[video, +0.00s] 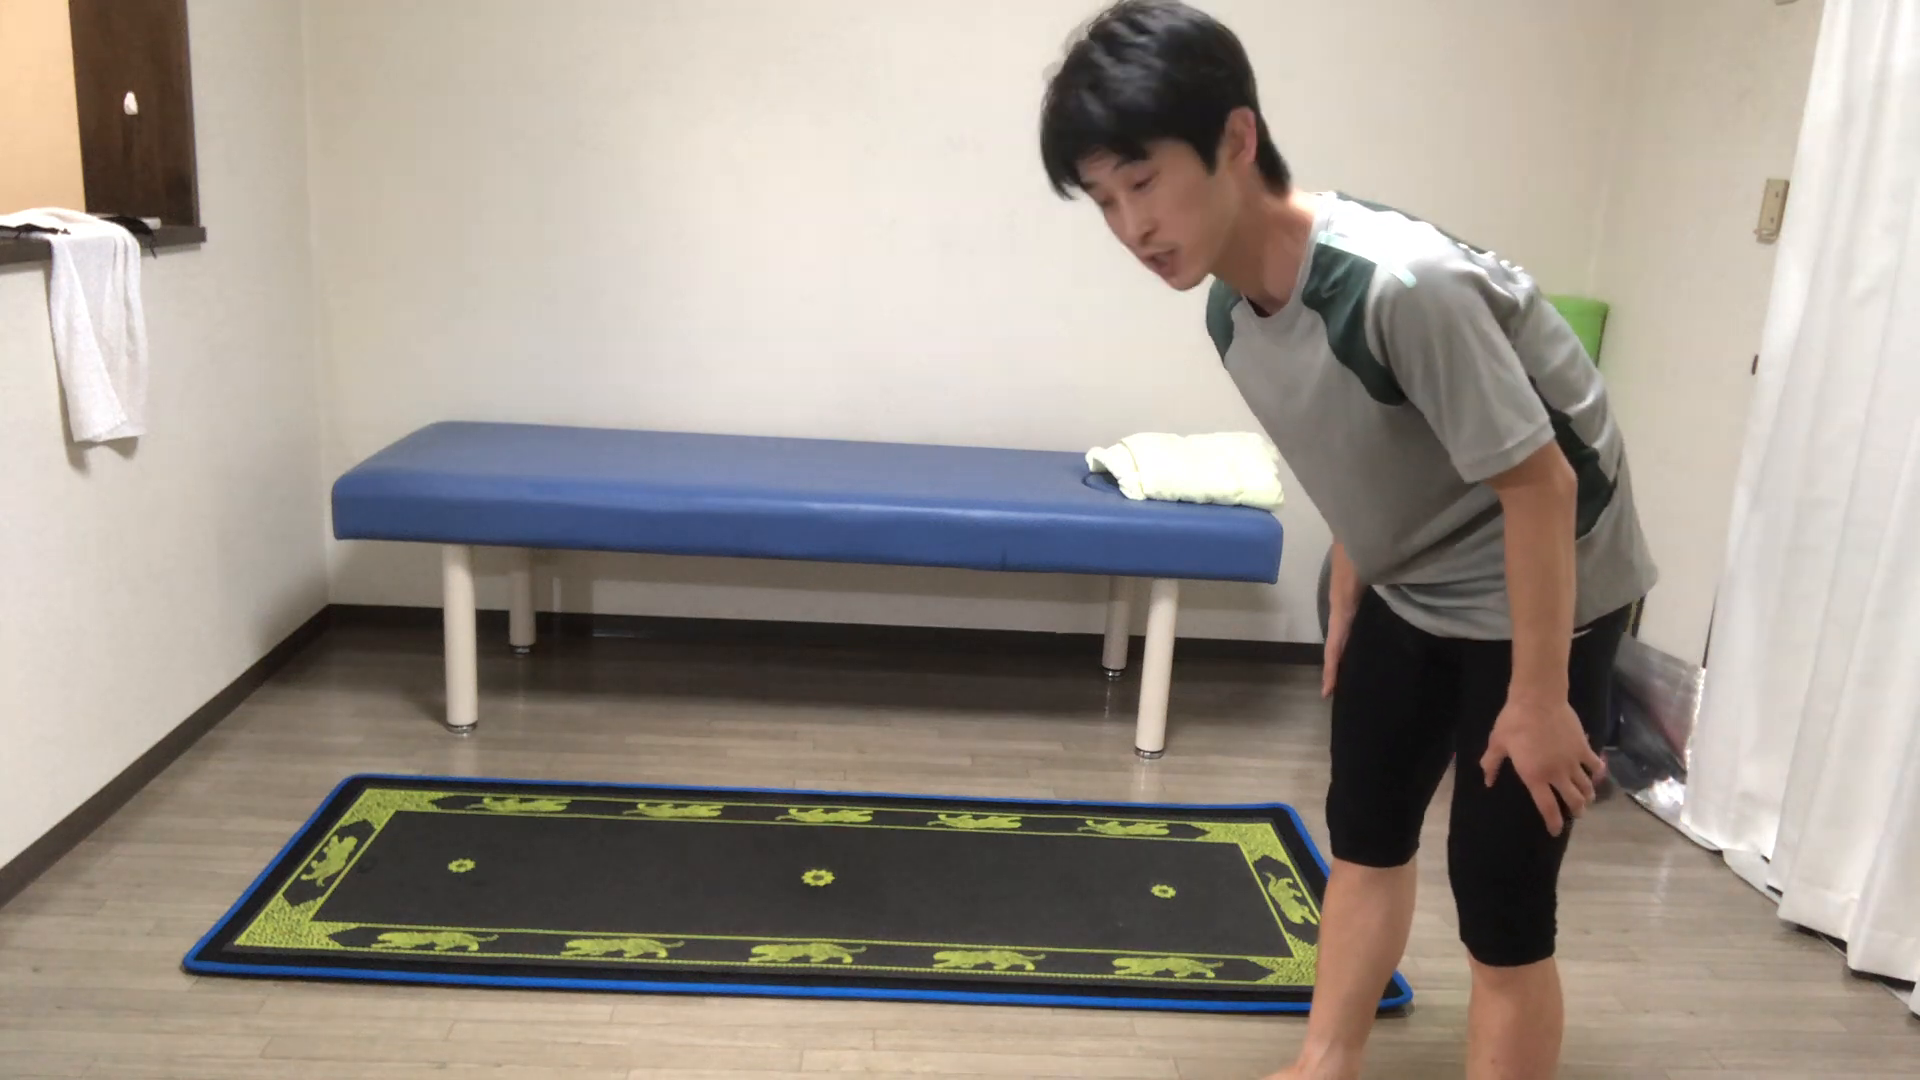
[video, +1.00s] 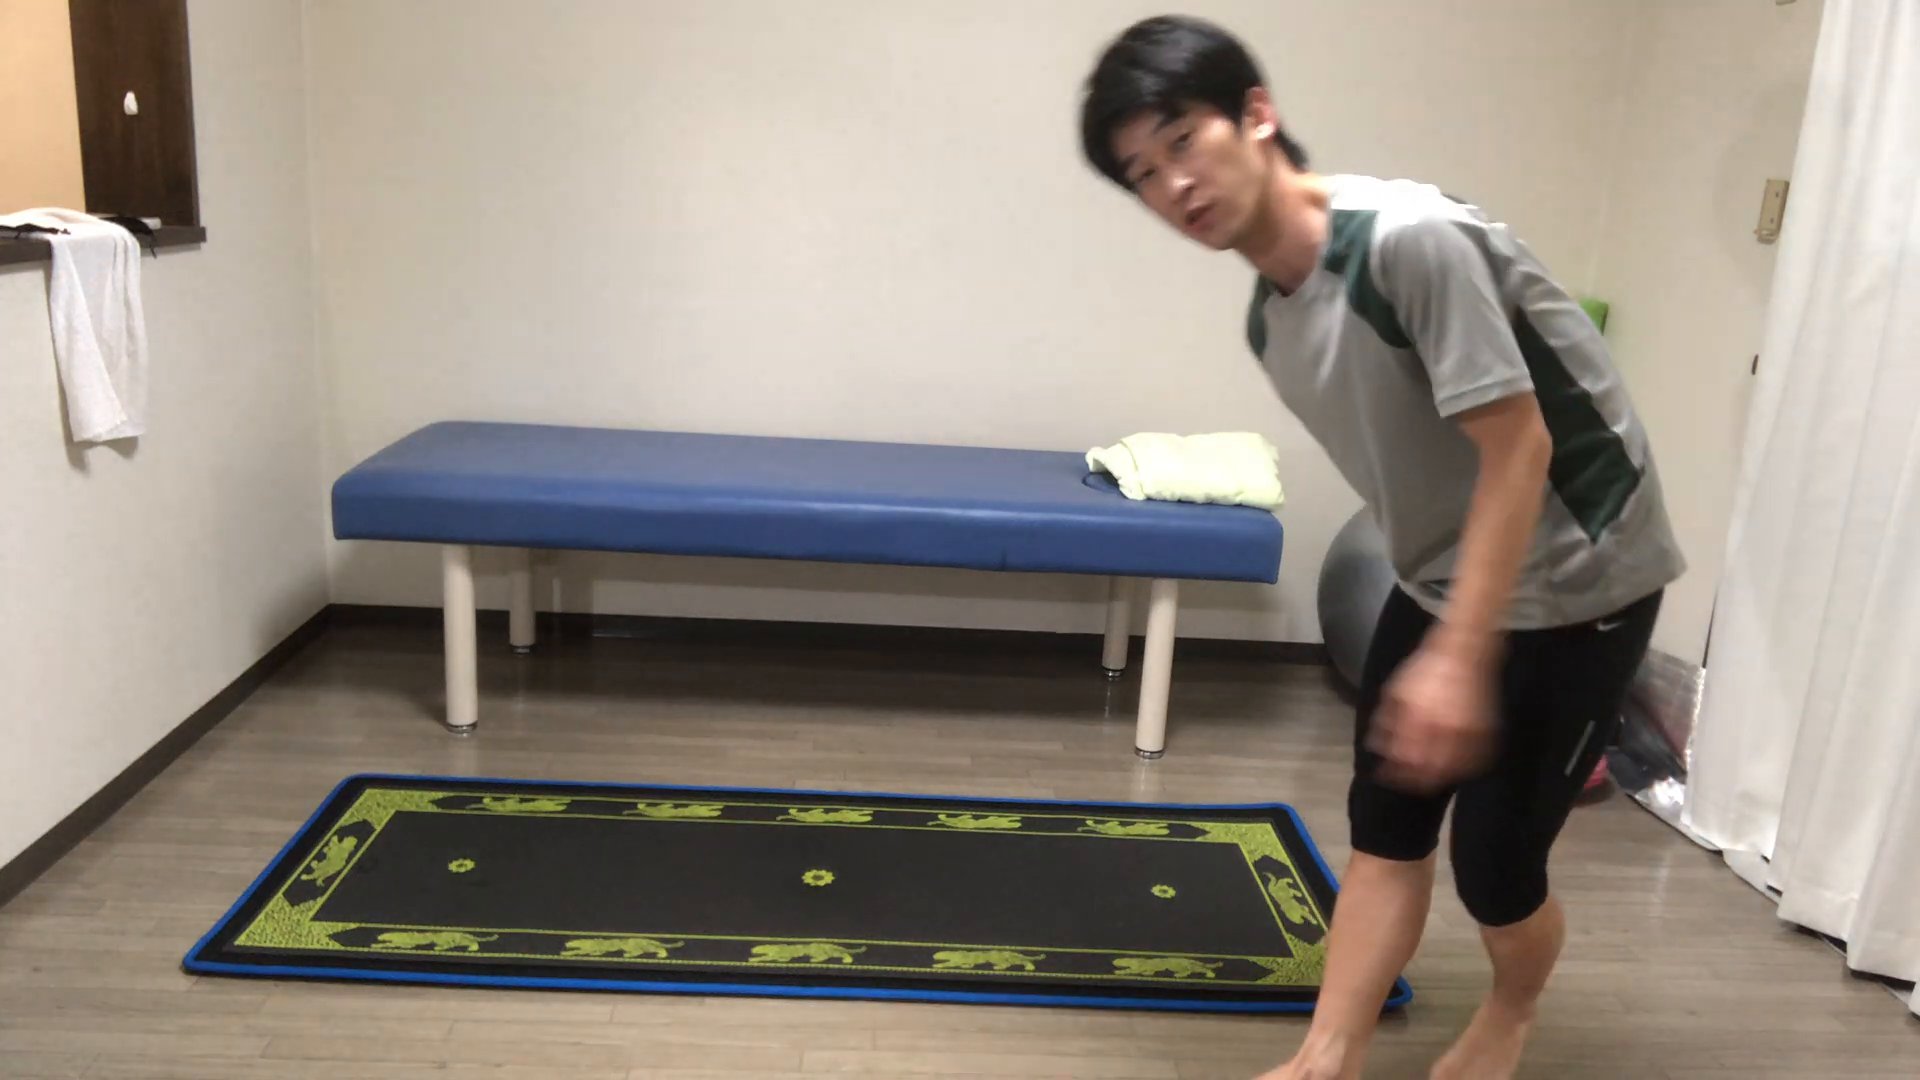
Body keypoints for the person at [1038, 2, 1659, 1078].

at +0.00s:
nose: (1130, 226)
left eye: (1143, 179)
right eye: (1103, 201)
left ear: (1237, 141)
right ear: (1091, 206)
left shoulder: (1409, 292)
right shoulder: (1230, 313)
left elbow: (1540, 484)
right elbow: (1369, 462)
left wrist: (1541, 693)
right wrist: (1347, 595)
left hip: (1542, 600)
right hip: (1401, 588)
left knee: (1503, 906)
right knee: (1366, 836)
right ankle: (1327, 1059)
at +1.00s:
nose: (1174, 185)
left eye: (1183, 142)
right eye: (1144, 177)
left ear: (1258, 118)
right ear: (1138, 204)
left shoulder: (1414, 242)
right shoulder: (1270, 323)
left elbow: (1520, 449)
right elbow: (1410, 469)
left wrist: (1458, 654)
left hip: (1581, 580)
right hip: (1443, 579)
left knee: (1493, 857)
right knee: (1386, 815)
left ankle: (1510, 1011)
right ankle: (1326, 1058)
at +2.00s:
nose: (1402, 8)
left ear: (1494, 7)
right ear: (1370, 12)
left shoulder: (1574, 159)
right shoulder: (1362, 167)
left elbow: (1604, 375)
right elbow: (1364, 354)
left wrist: (1566, 556)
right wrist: (1345, 505)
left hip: (1513, 538)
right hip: (1386, 523)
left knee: (1506, 789)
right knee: (1314, 735)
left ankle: (1504, 1021)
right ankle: (1290, 956)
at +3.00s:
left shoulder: (1173, 168)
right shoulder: (1007, 95)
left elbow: (1185, 382)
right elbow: (1004, 293)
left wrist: (1190, 574)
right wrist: (968, 429)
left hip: (1103, 511)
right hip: (1008, 486)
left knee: (1017, 762)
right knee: (1032, 729)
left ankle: (1012, 1011)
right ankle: (1210, 886)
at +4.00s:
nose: (692, 3)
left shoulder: (775, 76)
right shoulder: (564, 94)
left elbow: (780, 227)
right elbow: (483, 282)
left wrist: (776, 343)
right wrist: (449, 459)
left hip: (730, 432)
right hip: (622, 447)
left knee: (723, 632)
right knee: (627, 677)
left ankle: (618, 758)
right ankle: (626, 902)